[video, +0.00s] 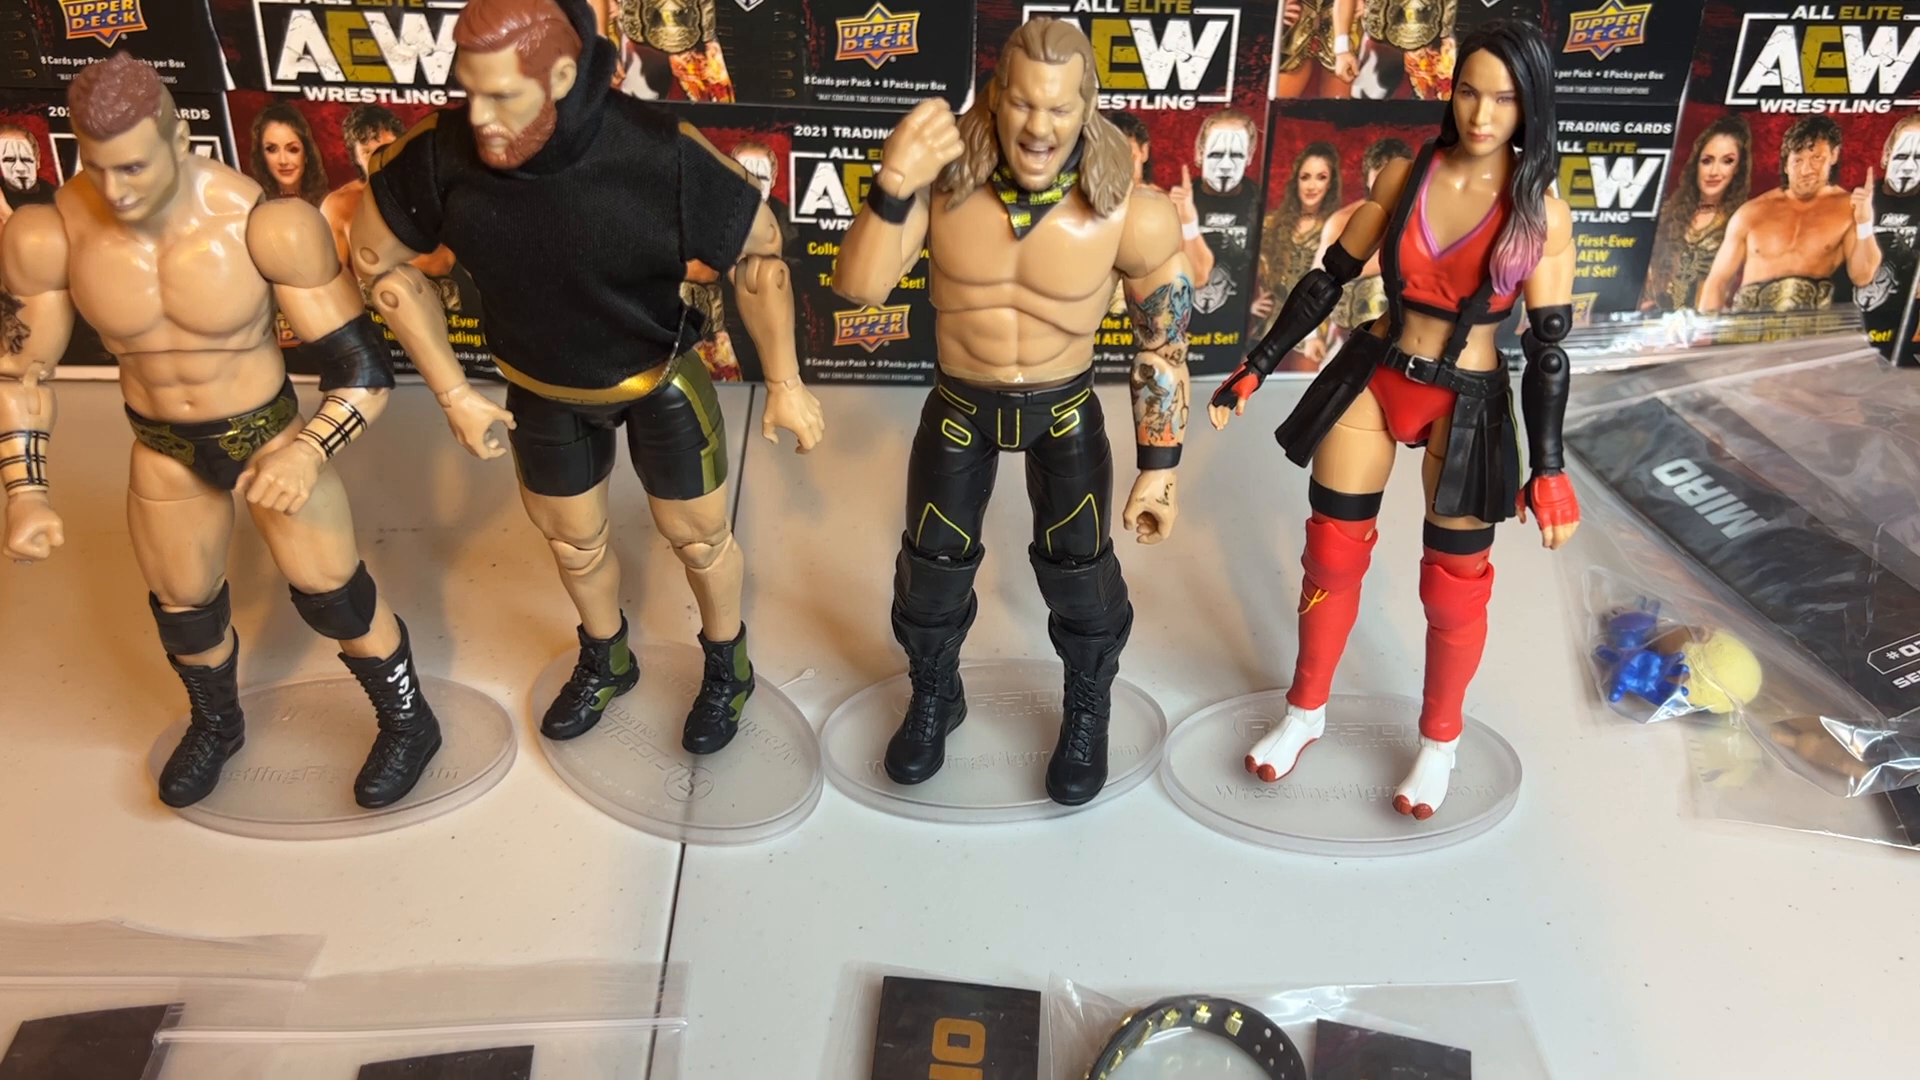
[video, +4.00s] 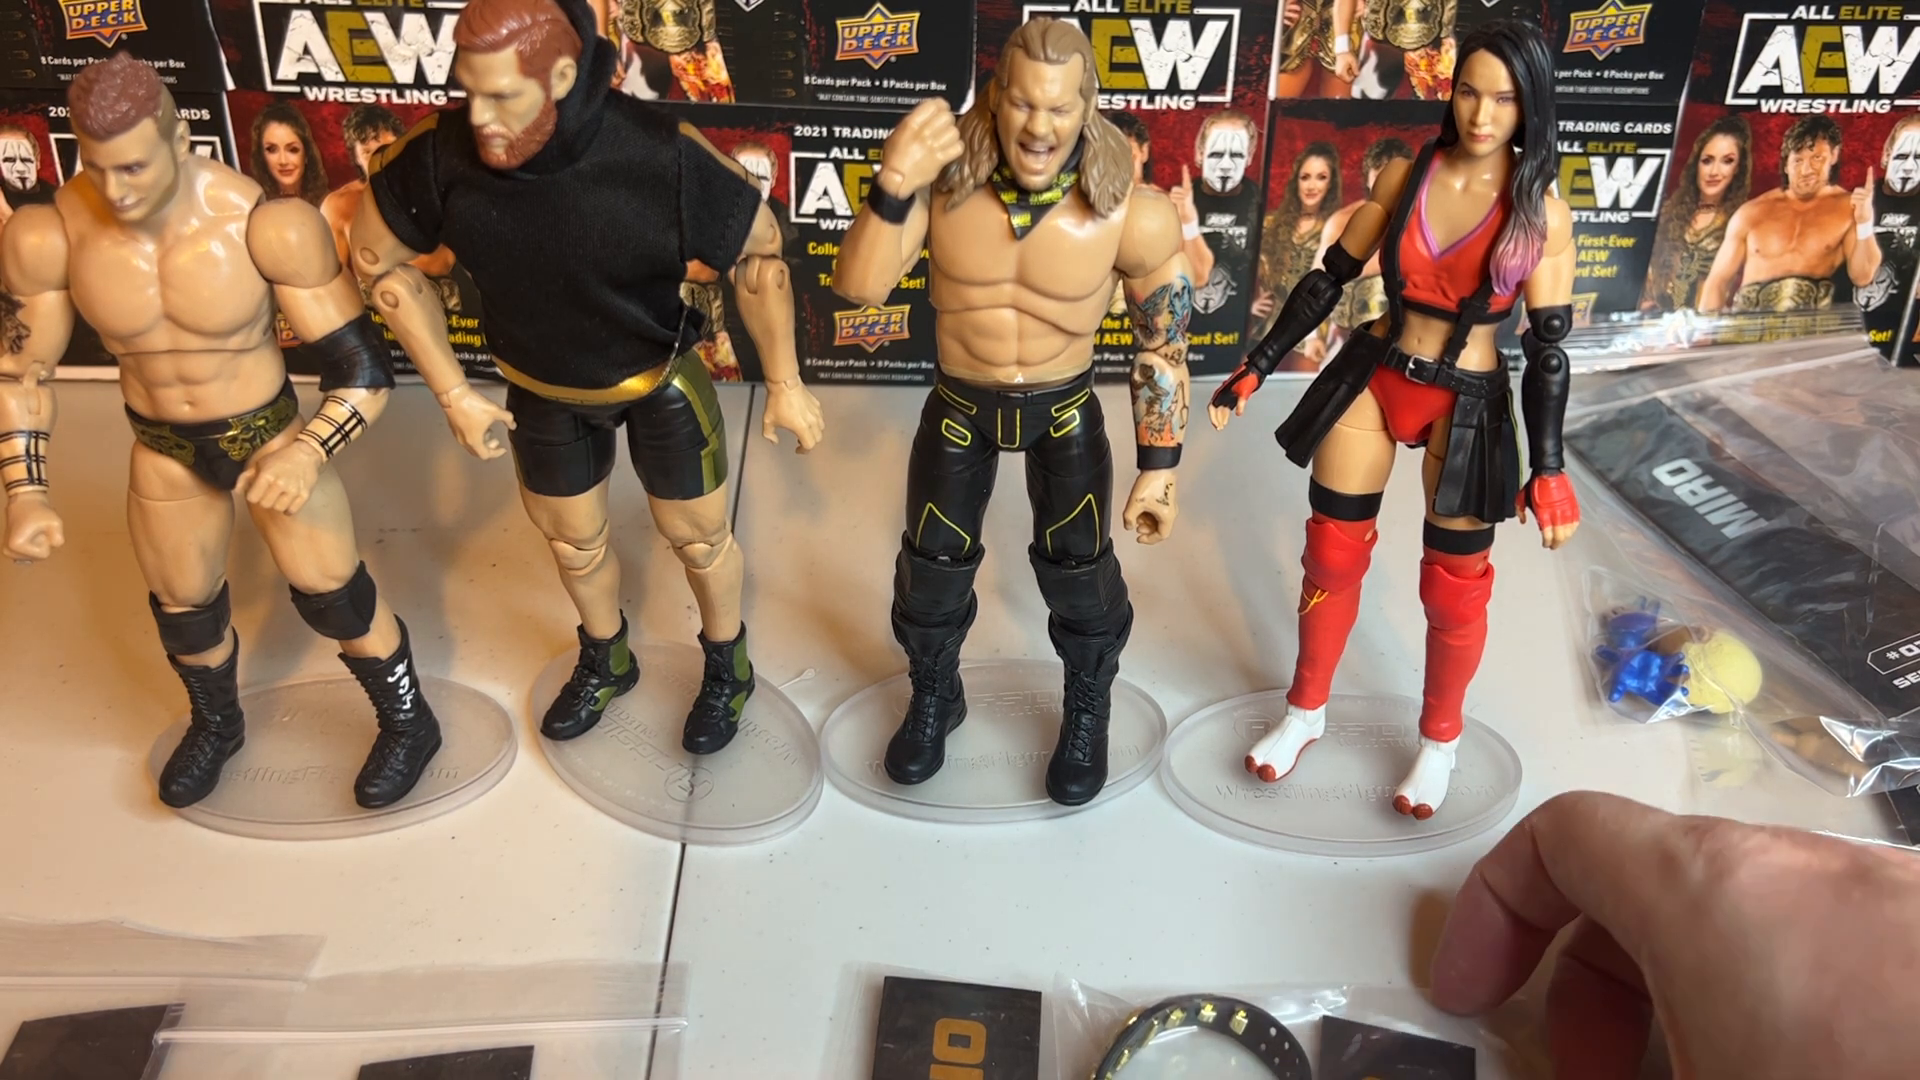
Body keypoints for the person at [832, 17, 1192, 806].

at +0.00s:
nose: (1039, 127)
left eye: (1060, 109)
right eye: (1024, 104)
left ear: (1086, 107)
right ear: (995, 95)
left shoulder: (1129, 207)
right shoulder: (944, 176)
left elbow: (1163, 338)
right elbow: (857, 287)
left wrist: (1161, 464)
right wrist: (892, 190)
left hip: (1064, 408)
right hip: (959, 403)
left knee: (1078, 568)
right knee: (932, 562)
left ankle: (1086, 714)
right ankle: (932, 699)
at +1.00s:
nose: (1039, 127)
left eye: (1060, 109)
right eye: (1024, 104)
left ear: (1086, 106)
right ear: (995, 95)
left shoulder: (1129, 207)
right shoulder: (943, 176)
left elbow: (1163, 338)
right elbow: (858, 288)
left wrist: (1161, 464)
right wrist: (892, 190)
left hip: (1064, 408)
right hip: (959, 403)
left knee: (1078, 568)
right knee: (932, 562)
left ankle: (1086, 713)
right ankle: (932, 699)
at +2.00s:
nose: (1040, 127)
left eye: (1060, 109)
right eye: (1024, 104)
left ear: (1087, 106)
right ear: (995, 94)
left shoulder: (1130, 208)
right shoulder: (944, 177)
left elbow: (1163, 339)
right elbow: (858, 287)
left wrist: (1161, 465)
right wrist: (892, 189)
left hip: (1064, 408)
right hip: (958, 403)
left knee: (1078, 569)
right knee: (933, 563)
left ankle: (1086, 713)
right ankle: (932, 699)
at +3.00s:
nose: (1040, 127)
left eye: (1060, 109)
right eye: (1024, 104)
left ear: (1086, 107)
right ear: (995, 95)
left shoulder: (1130, 208)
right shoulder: (944, 177)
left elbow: (1163, 338)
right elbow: (857, 287)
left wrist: (1161, 464)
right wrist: (892, 190)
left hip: (1064, 409)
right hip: (959, 404)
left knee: (1078, 568)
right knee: (932, 562)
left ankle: (1086, 713)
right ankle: (932, 699)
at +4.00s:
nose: (1040, 127)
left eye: (1060, 109)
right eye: (1024, 104)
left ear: (1087, 107)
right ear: (995, 95)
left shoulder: (1129, 208)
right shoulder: (944, 177)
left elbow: (1163, 339)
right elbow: (857, 287)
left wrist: (1161, 465)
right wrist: (892, 189)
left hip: (1064, 408)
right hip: (958, 403)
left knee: (1077, 569)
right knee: (932, 563)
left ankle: (1086, 712)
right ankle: (933, 699)